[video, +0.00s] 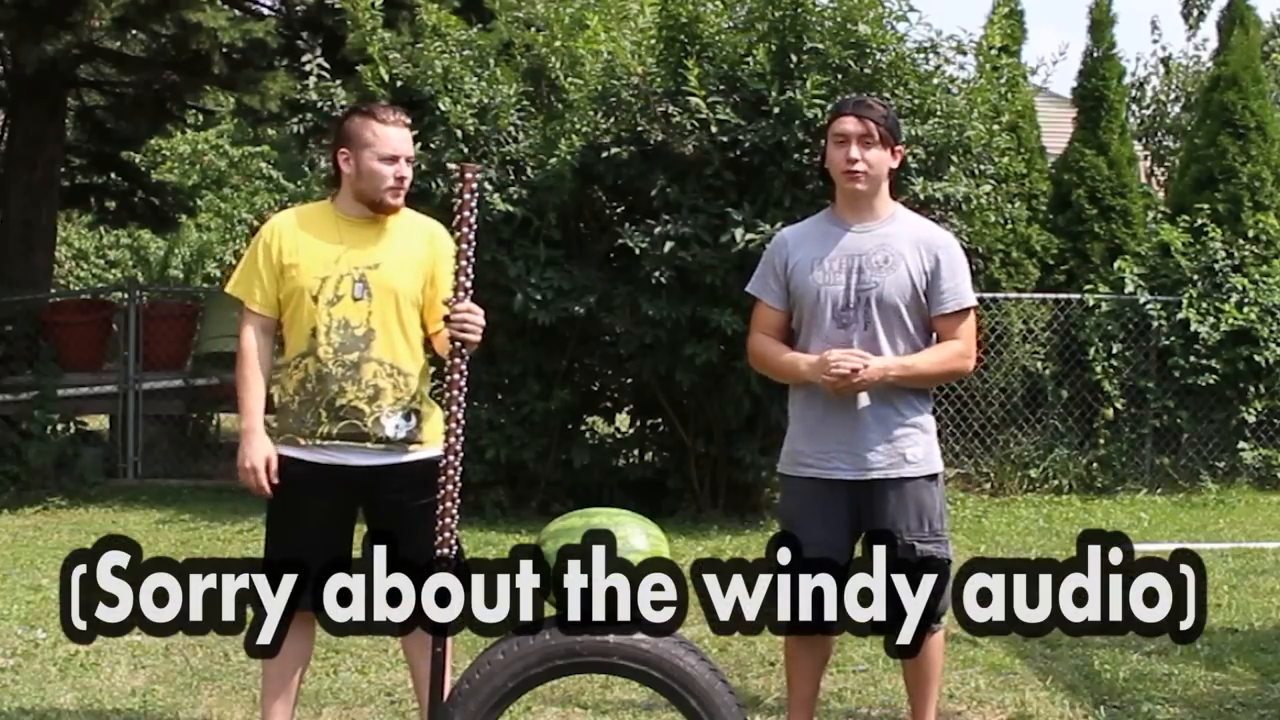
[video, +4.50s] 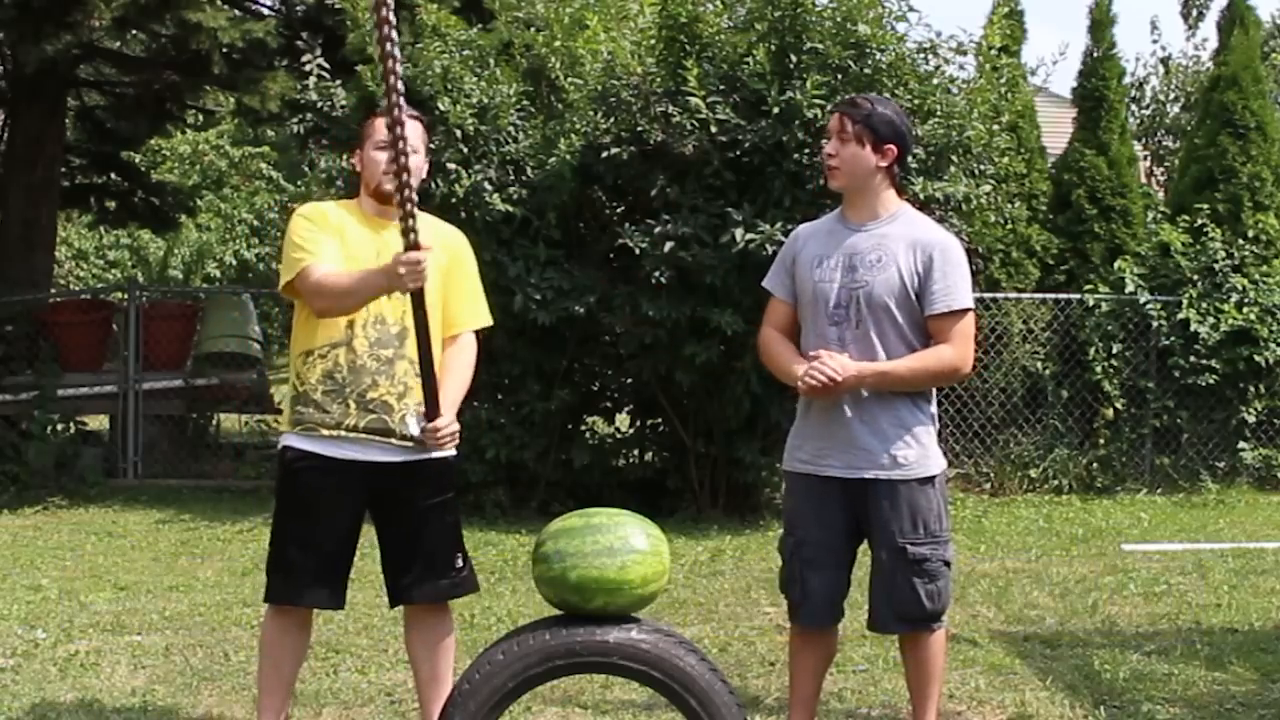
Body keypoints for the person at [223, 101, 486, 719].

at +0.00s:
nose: (403, 171)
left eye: (408, 160)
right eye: (388, 160)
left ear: (413, 163)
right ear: (344, 162)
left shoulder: (430, 239)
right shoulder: (285, 233)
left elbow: (442, 336)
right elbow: (257, 333)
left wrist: (467, 333)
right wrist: (252, 429)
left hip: (410, 460)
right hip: (309, 457)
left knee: (426, 604)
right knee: (294, 602)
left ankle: (439, 715)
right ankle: (275, 716)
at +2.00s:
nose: (369, 168)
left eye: (381, 157)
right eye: (356, 155)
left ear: (396, 166)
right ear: (328, 161)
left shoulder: (424, 239)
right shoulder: (282, 237)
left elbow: (446, 330)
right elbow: (254, 337)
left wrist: (457, 334)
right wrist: (253, 434)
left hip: (406, 458)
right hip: (307, 456)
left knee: (426, 603)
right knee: (293, 601)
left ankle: (438, 714)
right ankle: (277, 715)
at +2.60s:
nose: (368, 159)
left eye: (378, 150)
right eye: (354, 147)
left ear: (389, 162)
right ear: (320, 156)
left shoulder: (415, 237)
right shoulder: (273, 234)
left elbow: (443, 347)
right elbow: (236, 330)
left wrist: (428, 304)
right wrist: (294, 365)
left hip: (398, 456)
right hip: (300, 455)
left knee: (428, 602)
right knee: (285, 603)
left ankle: (432, 718)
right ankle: (275, 716)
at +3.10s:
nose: (368, 165)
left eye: (377, 154)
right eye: (353, 153)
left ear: (387, 163)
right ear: (319, 161)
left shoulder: (413, 239)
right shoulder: (278, 233)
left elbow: (440, 321)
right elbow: (267, 322)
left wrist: (458, 360)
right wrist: (351, 303)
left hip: (406, 451)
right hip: (307, 452)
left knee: (429, 599)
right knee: (291, 600)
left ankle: (436, 715)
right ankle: (275, 715)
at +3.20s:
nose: (373, 172)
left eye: (382, 160)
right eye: (359, 159)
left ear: (391, 166)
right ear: (325, 162)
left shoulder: (413, 242)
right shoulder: (281, 230)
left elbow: (440, 331)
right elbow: (270, 299)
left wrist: (464, 396)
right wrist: (357, 258)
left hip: (404, 452)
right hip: (306, 453)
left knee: (428, 599)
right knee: (291, 601)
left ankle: (438, 716)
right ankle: (275, 716)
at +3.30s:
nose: (381, 164)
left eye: (387, 153)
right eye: (367, 153)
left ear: (396, 161)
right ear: (330, 160)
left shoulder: (414, 245)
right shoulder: (285, 219)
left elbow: (438, 335)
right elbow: (274, 262)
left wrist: (459, 404)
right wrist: (353, 197)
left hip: (403, 449)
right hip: (306, 449)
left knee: (427, 596)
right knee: (292, 597)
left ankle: (438, 715)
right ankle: (275, 715)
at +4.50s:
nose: (398, 157)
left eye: (409, 148)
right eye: (385, 146)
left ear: (426, 163)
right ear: (357, 158)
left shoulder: (448, 240)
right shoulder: (314, 221)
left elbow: (462, 336)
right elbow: (317, 292)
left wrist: (445, 407)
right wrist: (384, 277)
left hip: (417, 453)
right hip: (320, 449)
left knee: (430, 599)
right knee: (292, 600)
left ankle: (438, 715)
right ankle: (271, 715)